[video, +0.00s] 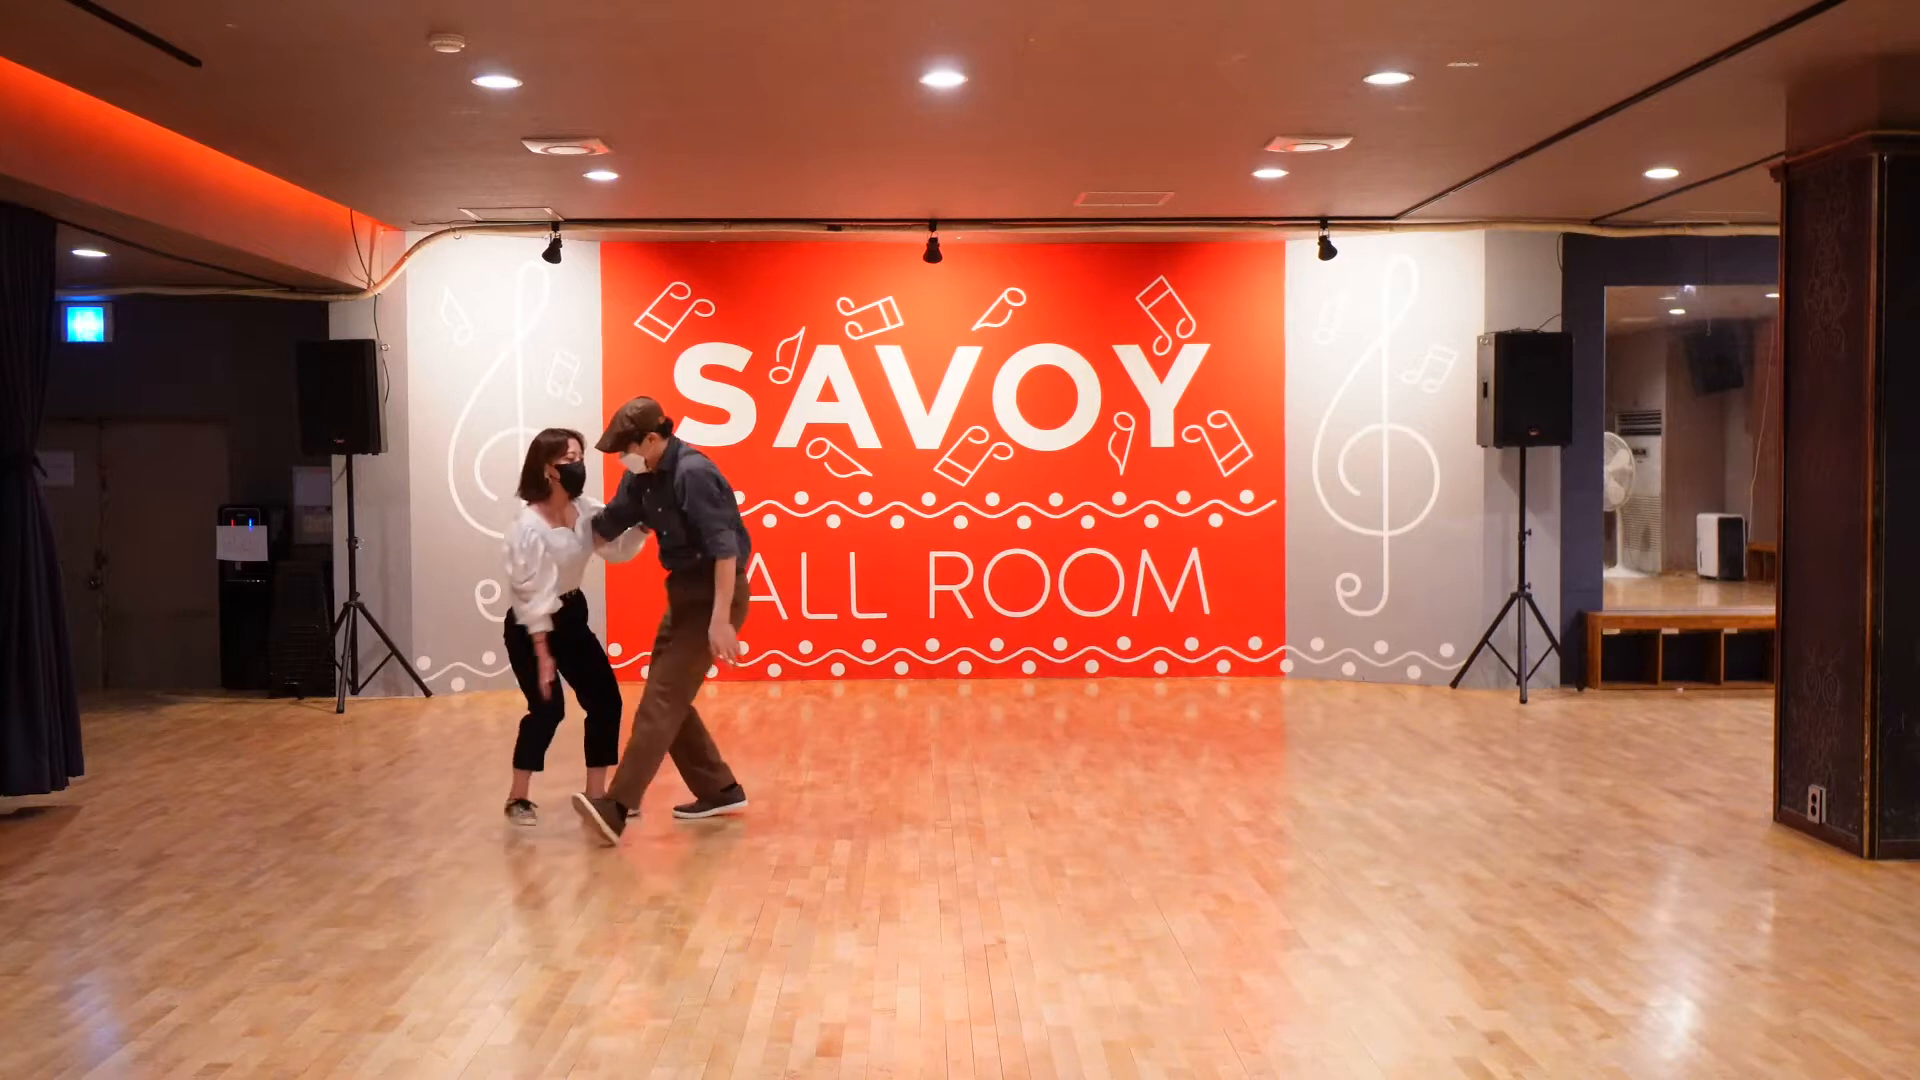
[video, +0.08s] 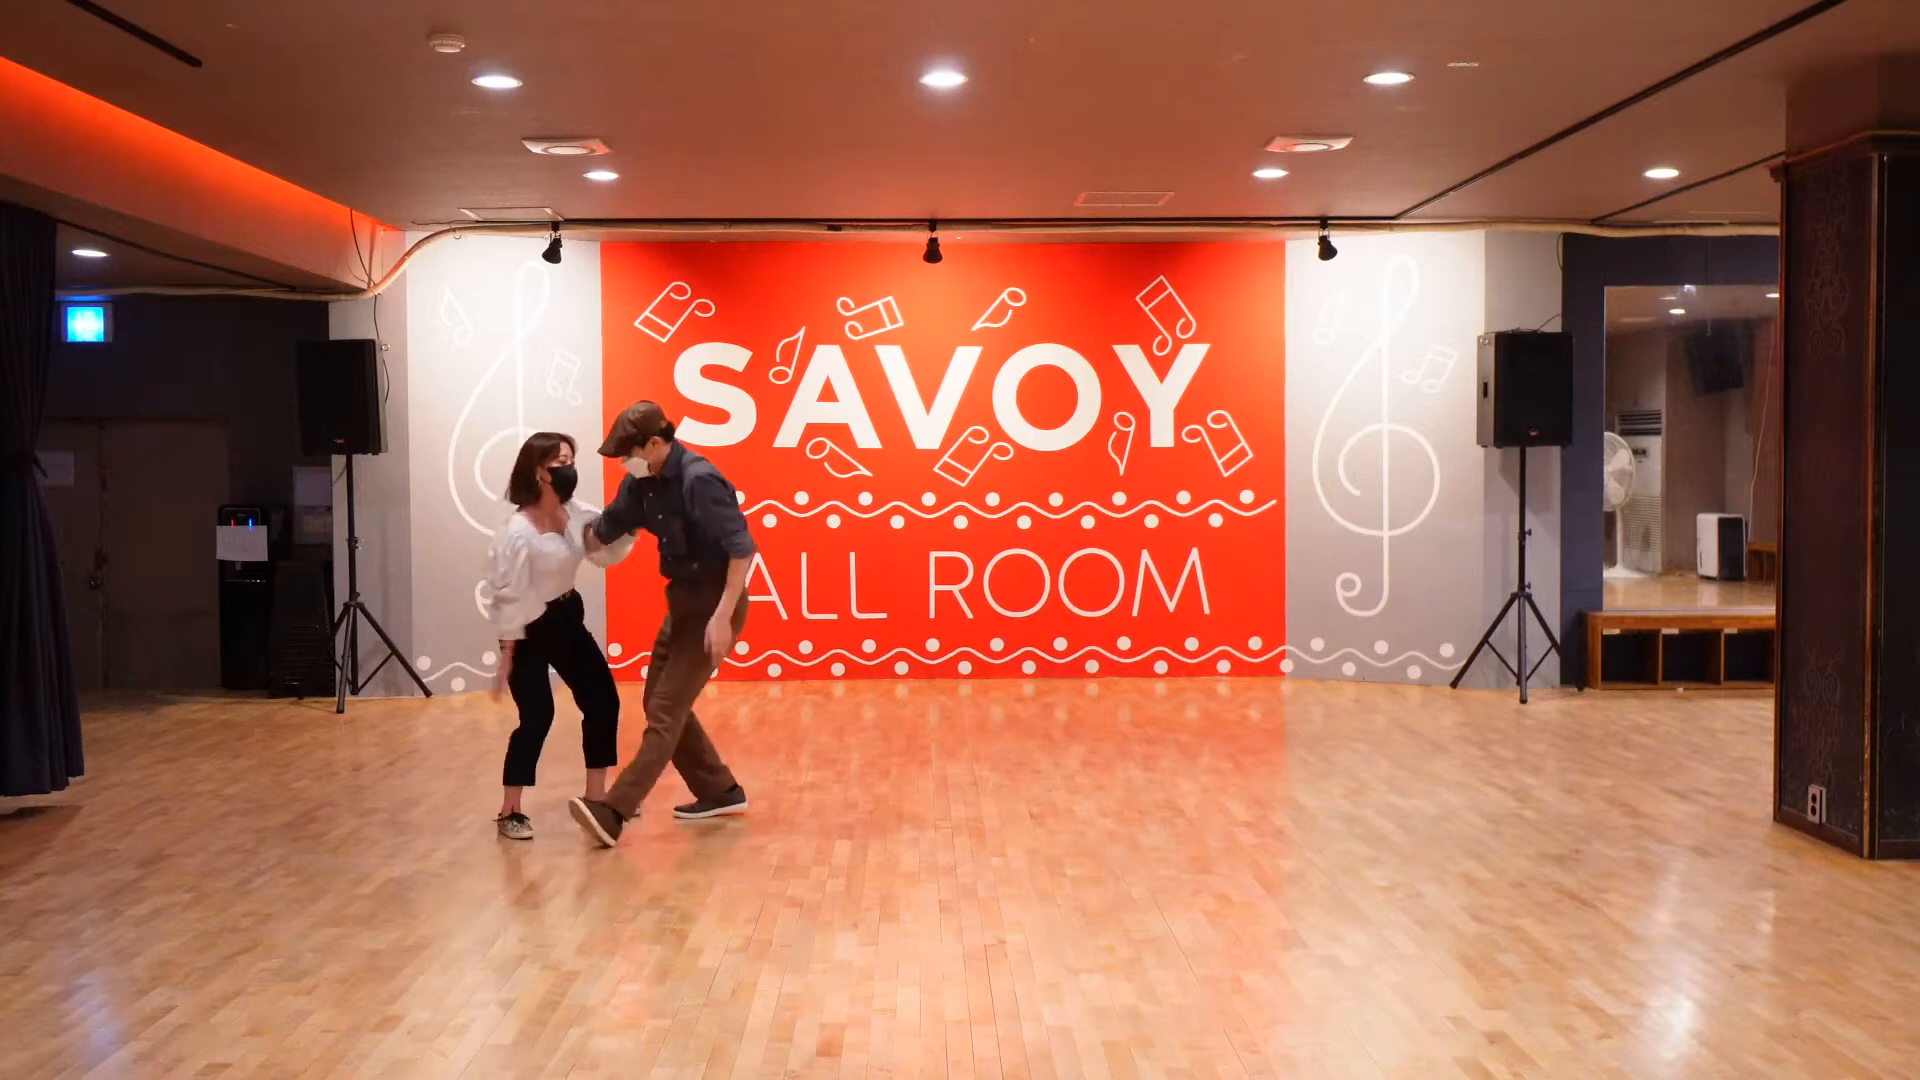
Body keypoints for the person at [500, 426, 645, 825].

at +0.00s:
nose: (580, 467)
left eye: (581, 460)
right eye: (571, 461)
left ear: (579, 467)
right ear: (549, 471)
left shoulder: (586, 512)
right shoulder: (527, 529)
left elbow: (616, 550)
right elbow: (531, 598)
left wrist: (644, 511)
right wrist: (543, 656)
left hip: (570, 615)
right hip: (528, 622)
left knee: (605, 700)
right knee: (547, 707)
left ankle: (596, 796)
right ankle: (518, 798)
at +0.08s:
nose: (568, 471)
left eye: (571, 464)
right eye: (559, 465)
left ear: (572, 469)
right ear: (538, 474)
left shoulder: (573, 514)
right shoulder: (517, 532)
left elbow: (606, 549)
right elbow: (506, 598)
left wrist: (633, 512)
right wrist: (506, 654)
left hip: (565, 621)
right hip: (525, 630)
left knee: (603, 701)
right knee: (537, 715)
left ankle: (596, 798)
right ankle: (510, 811)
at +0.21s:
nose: (563, 467)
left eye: (563, 460)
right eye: (554, 461)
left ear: (550, 469)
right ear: (532, 472)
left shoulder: (567, 514)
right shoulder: (506, 532)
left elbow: (598, 552)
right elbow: (476, 595)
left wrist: (626, 526)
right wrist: (454, 653)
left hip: (554, 619)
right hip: (512, 625)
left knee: (597, 697)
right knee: (531, 713)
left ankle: (596, 794)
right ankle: (512, 812)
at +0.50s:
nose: (567, 469)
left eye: (569, 461)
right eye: (558, 462)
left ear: (569, 466)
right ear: (534, 470)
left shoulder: (573, 517)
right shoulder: (507, 524)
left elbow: (593, 573)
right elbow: (480, 584)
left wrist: (628, 554)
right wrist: (492, 609)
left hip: (555, 623)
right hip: (513, 626)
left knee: (588, 707)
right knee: (536, 711)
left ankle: (568, 801)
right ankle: (515, 804)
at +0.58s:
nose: (570, 465)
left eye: (571, 457)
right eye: (561, 458)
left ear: (578, 461)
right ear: (538, 468)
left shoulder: (572, 507)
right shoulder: (507, 518)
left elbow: (599, 558)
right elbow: (485, 581)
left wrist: (622, 543)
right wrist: (515, 581)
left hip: (555, 614)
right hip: (512, 620)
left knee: (587, 703)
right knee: (536, 702)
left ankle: (567, 797)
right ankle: (525, 799)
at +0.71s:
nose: (566, 471)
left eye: (568, 462)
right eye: (557, 463)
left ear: (570, 466)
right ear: (536, 469)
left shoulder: (568, 510)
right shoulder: (504, 519)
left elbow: (593, 564)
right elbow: (499, 572)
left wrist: (626, 542)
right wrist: (544, 560)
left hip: (555, 617)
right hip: (515, 622)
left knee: (586, 709)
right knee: (532, 715)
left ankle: (574, 796)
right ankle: (541, 811)